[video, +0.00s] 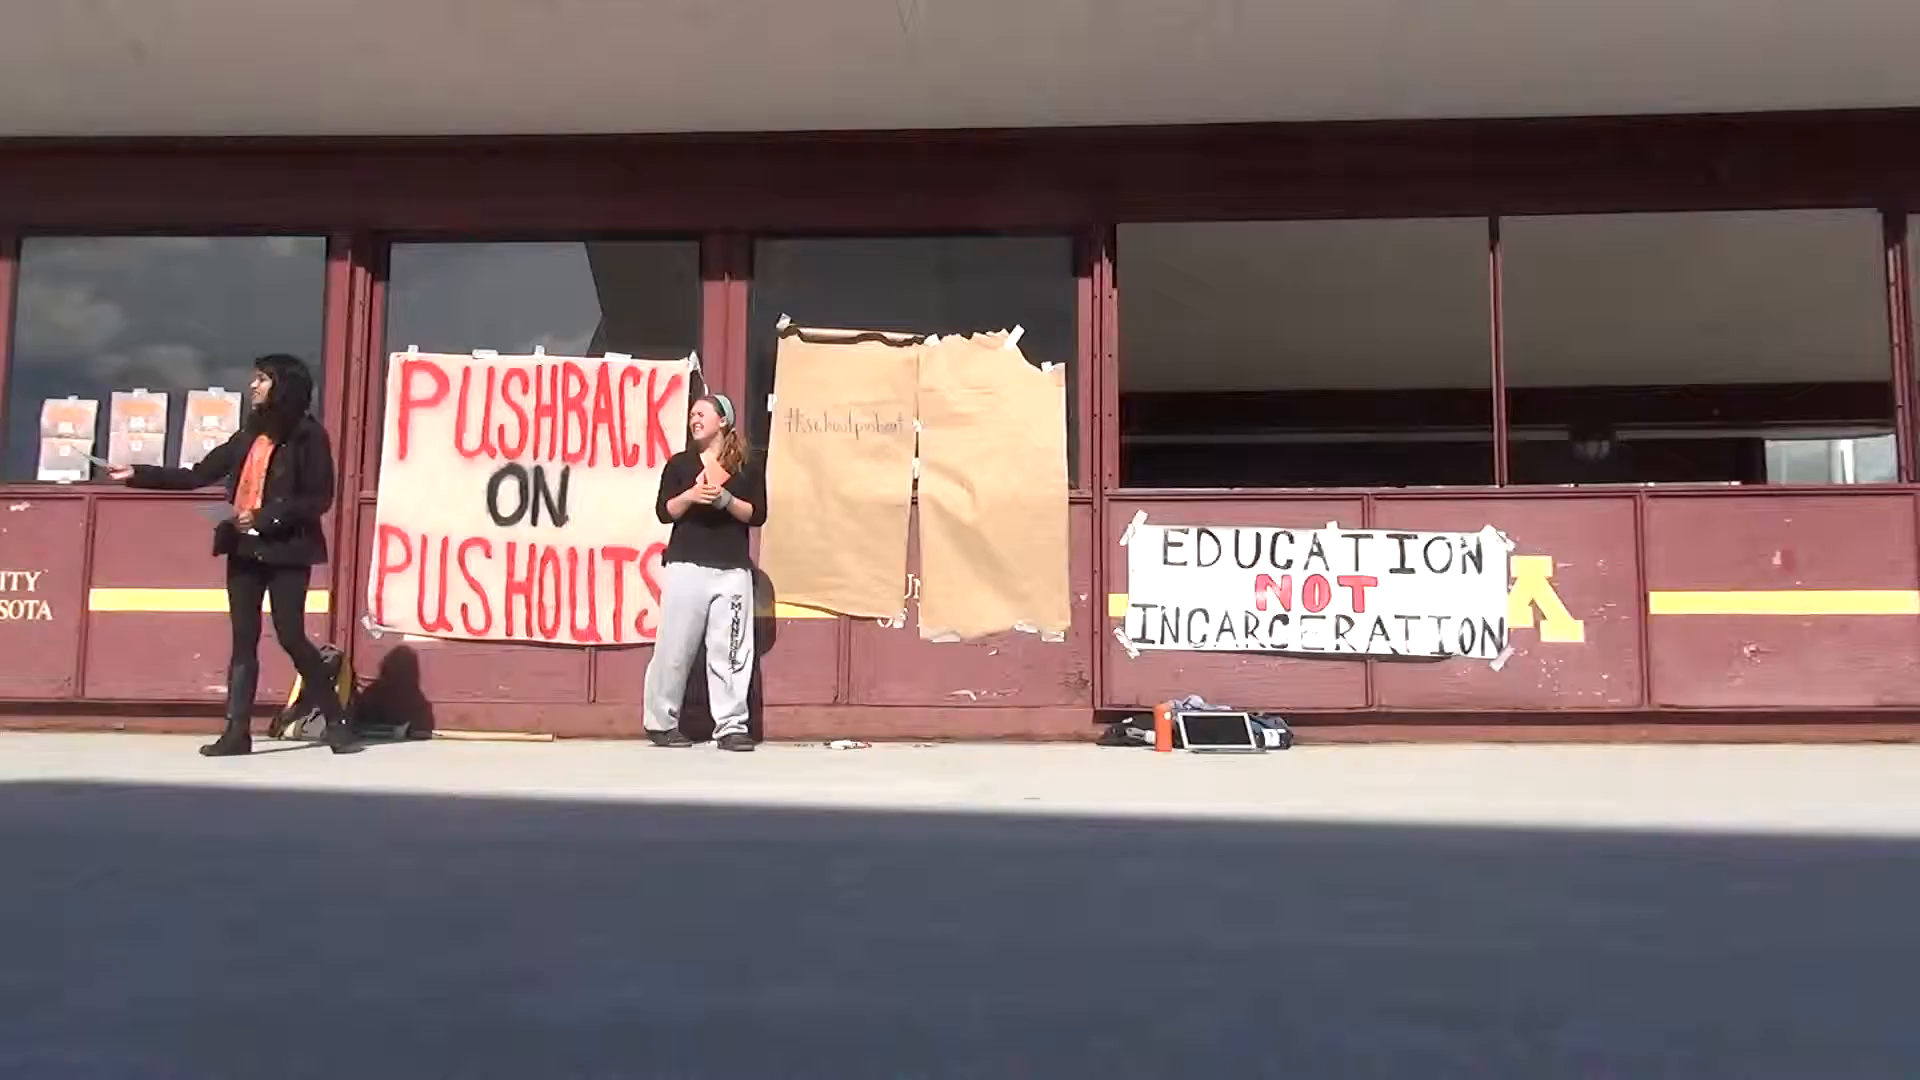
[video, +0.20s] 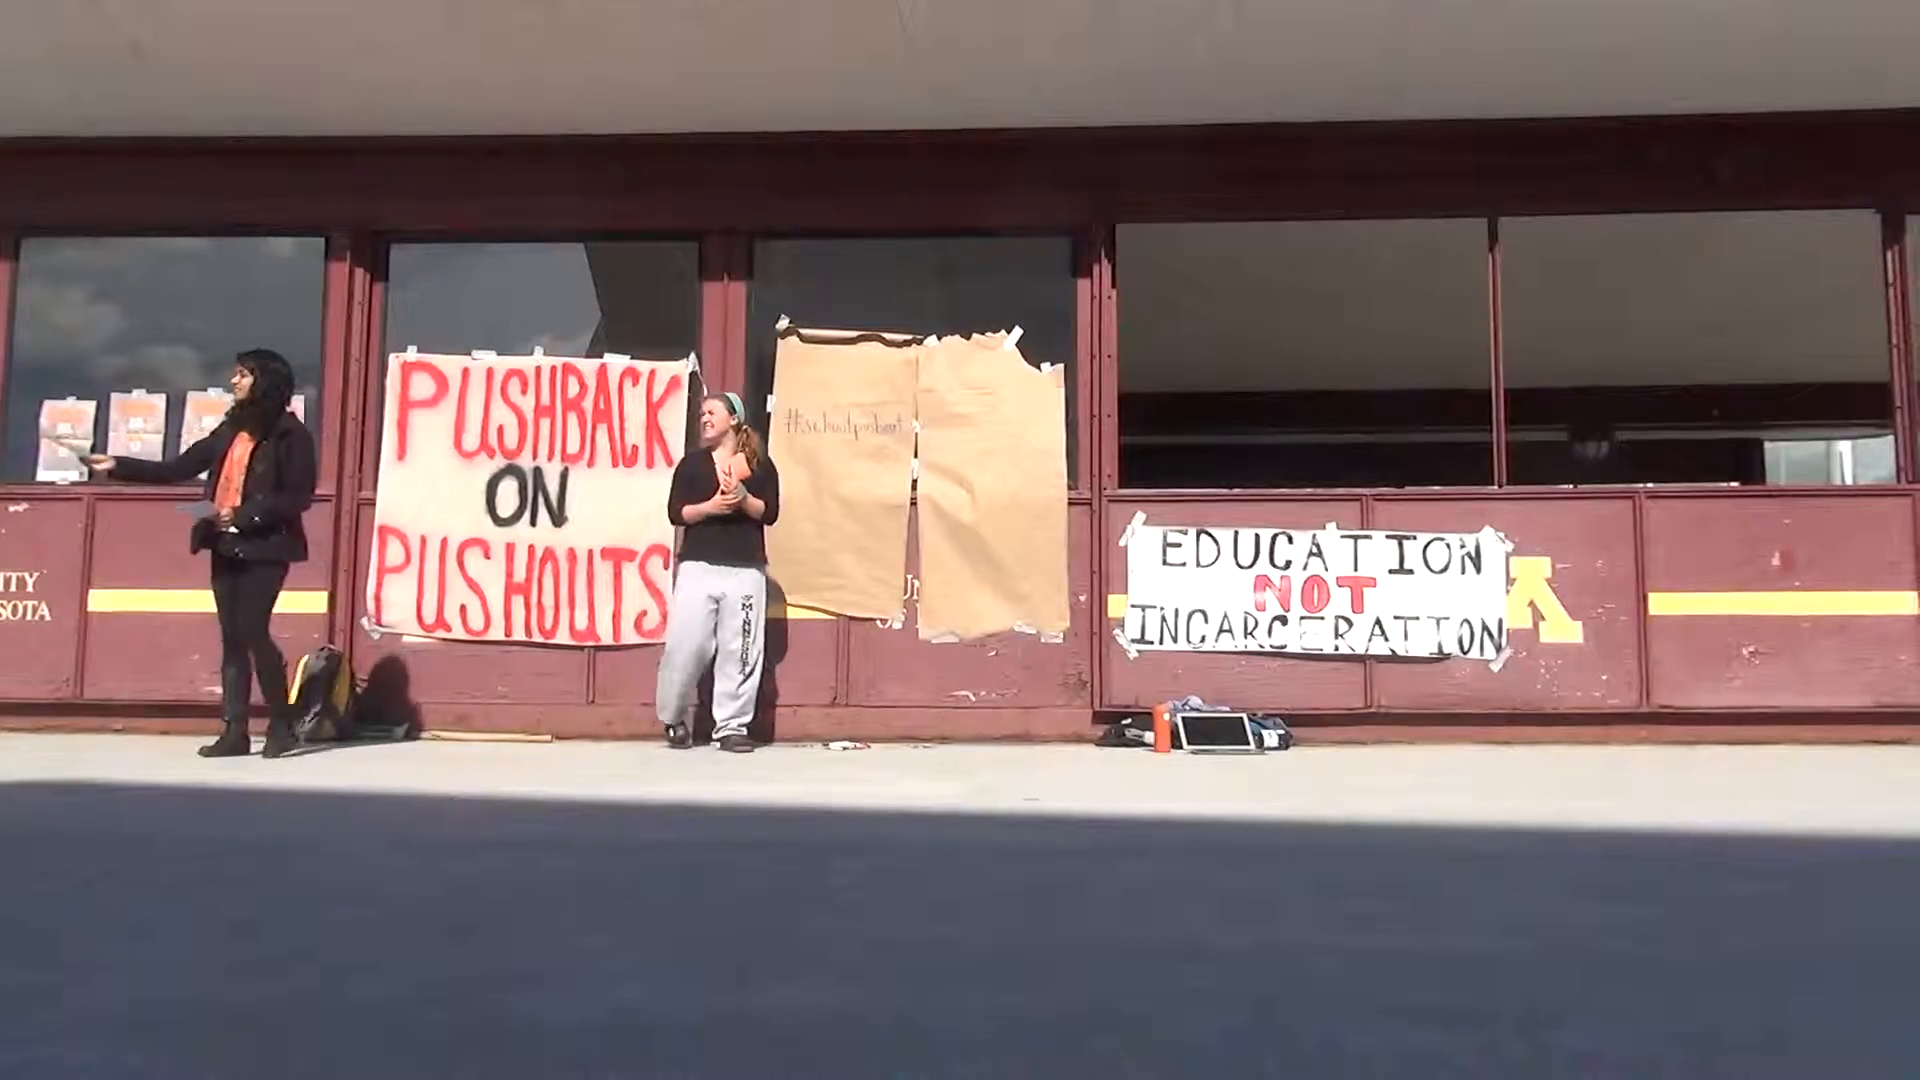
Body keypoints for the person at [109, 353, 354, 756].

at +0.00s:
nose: (252, 386)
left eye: (261, 380)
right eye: (254, 379)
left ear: (284, 387)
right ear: (265, 389)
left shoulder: (310, 435)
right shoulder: (250, 434)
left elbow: (319, 499)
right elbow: (200, 475)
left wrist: (263, 517)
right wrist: (137, 473)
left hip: (289, 552)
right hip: (246, 548)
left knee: (290, 636)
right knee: (244, 640)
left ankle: (336, 719)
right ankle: (237, 733)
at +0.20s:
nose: (233, 380)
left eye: (243, 375)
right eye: (236, 374)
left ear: (266, 383)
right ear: (248, 382)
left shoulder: (292, 434)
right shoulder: (232, 428)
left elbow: (299, 497)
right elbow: (179, 468)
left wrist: (244, 515)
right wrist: (117, 465)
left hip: (268, 548)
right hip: (227, 545)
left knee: (252, 630)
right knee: (232, 636)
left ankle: (281, 721)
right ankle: (235, 732)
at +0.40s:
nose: (219, 378)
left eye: (228, 371)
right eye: (220, 371)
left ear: (250, 378)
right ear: (231, 379)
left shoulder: (278, 430)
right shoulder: (218, 427)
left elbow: (290, 494)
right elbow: (166, 468)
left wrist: (237, 513)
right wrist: (107, 464)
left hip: (257, 544)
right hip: (217, 541)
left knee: (233, 631)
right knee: (228, 634)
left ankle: (217, 726)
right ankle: (233, 732)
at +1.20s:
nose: (193, 368)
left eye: (203, 361)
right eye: (192, 361)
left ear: (226, 368)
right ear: (192, 367)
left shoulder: (248, 422)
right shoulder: (182, 414)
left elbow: (256, 488)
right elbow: (137, 457)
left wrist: (202, 502)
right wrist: (80, 452)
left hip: (218, 542)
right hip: (175, 539)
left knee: (203, 633)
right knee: (162, 634)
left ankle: (191, 736)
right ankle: (210, 711)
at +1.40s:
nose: (189, 365)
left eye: (199, 358)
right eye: (187, 358)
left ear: (223, 364)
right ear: (185, 364)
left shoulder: (245, 420)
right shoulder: (178, 410)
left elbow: (253, 488)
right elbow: (134, 452)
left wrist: (195, 505)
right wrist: (76, 443)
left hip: (214, 543)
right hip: (169, 537)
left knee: (201, 636)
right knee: (145, 630)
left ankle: (190, 739)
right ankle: (174, 727)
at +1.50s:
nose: (186, 364)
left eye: (196, 357)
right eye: (184, 358)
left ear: (220, 363)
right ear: (183, 365)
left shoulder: (243, 418)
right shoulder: (176, 411)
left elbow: (252, 487)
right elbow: (132, 452)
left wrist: (191, 505)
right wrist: (78, 442)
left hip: (214, 541)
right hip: (167, 536)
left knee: (200, 632)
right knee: (137, 627)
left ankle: (191, 739)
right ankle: (139, 736)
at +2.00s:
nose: (162, 359)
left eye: (172, 352)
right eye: (159, 352)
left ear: (197, 358)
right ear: (156, 359)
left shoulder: (220, 418)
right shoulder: (148, 408)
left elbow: (231, 484)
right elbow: (104, 453)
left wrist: (174, 503)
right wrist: (60, 459)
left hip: (192, 542)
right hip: (143, 538)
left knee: (189, 634)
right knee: (119, 632)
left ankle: (190, 740)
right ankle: (87, 740)